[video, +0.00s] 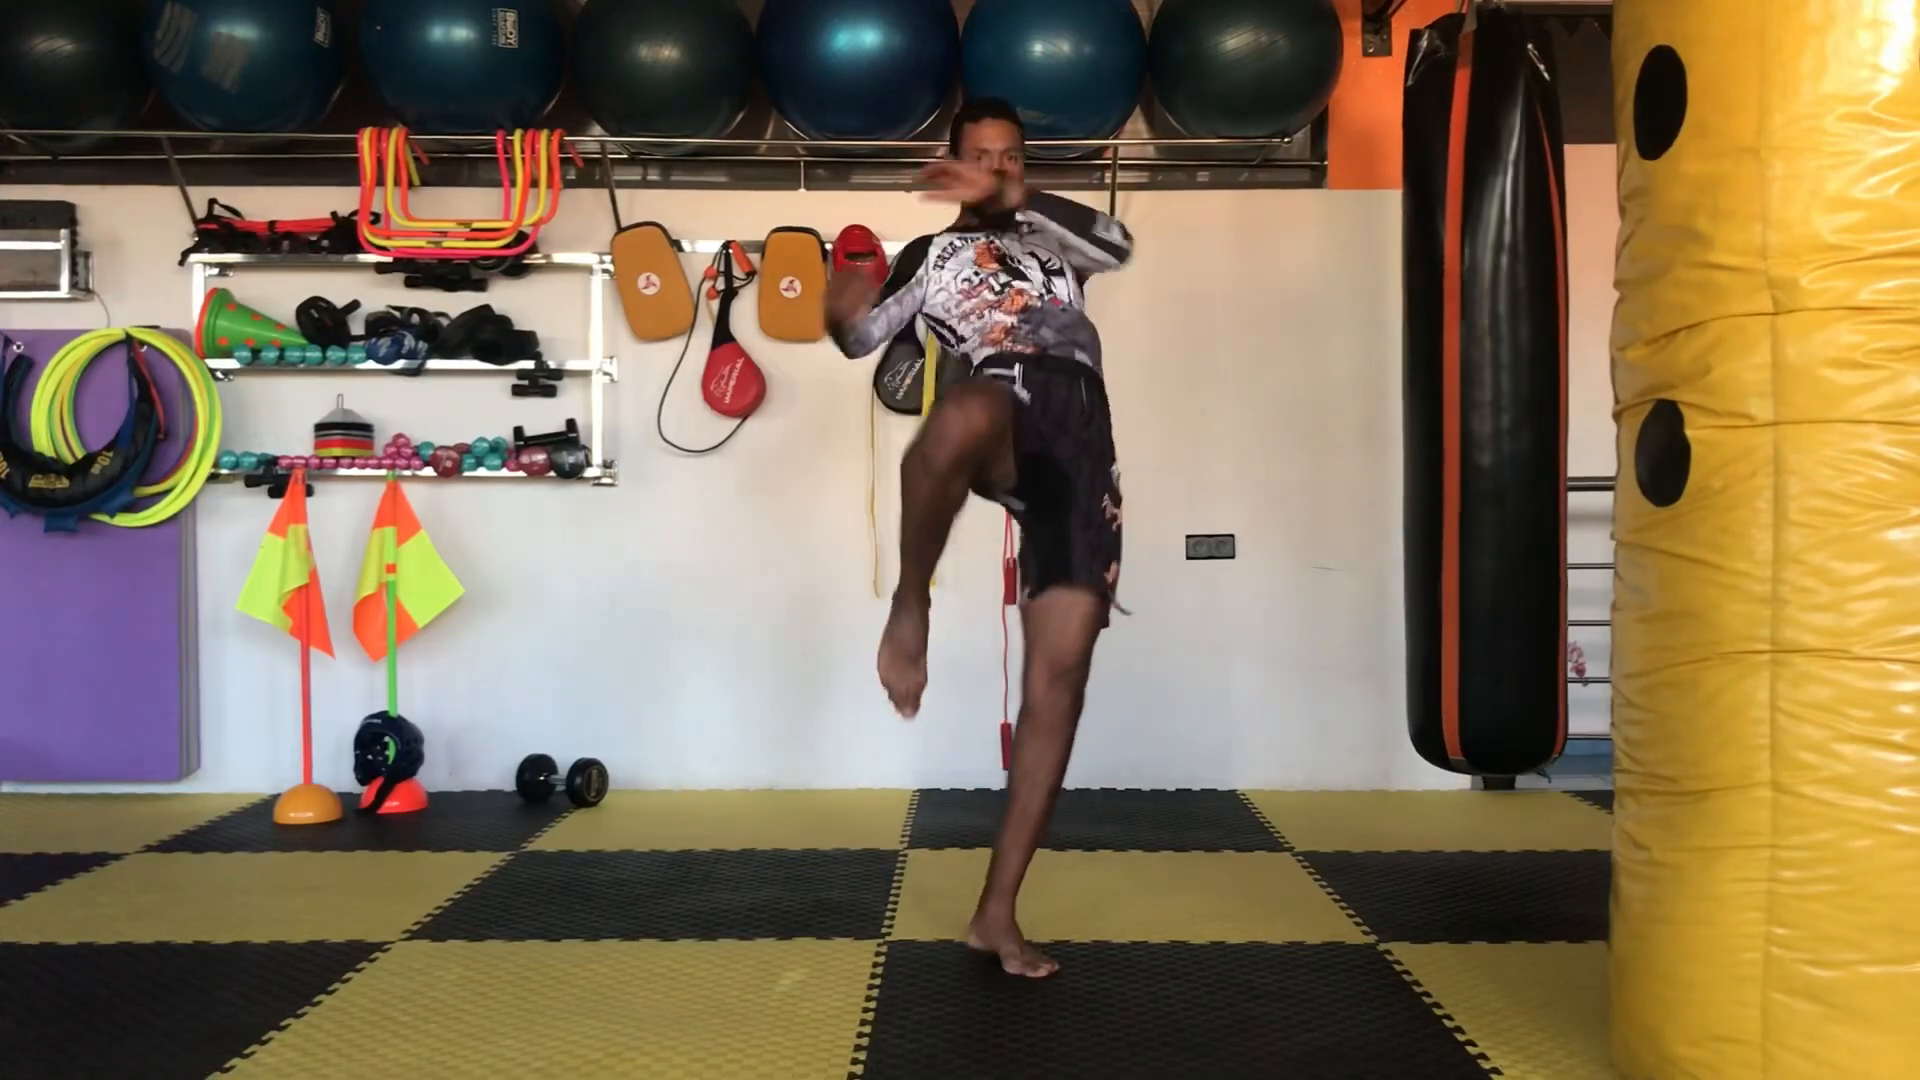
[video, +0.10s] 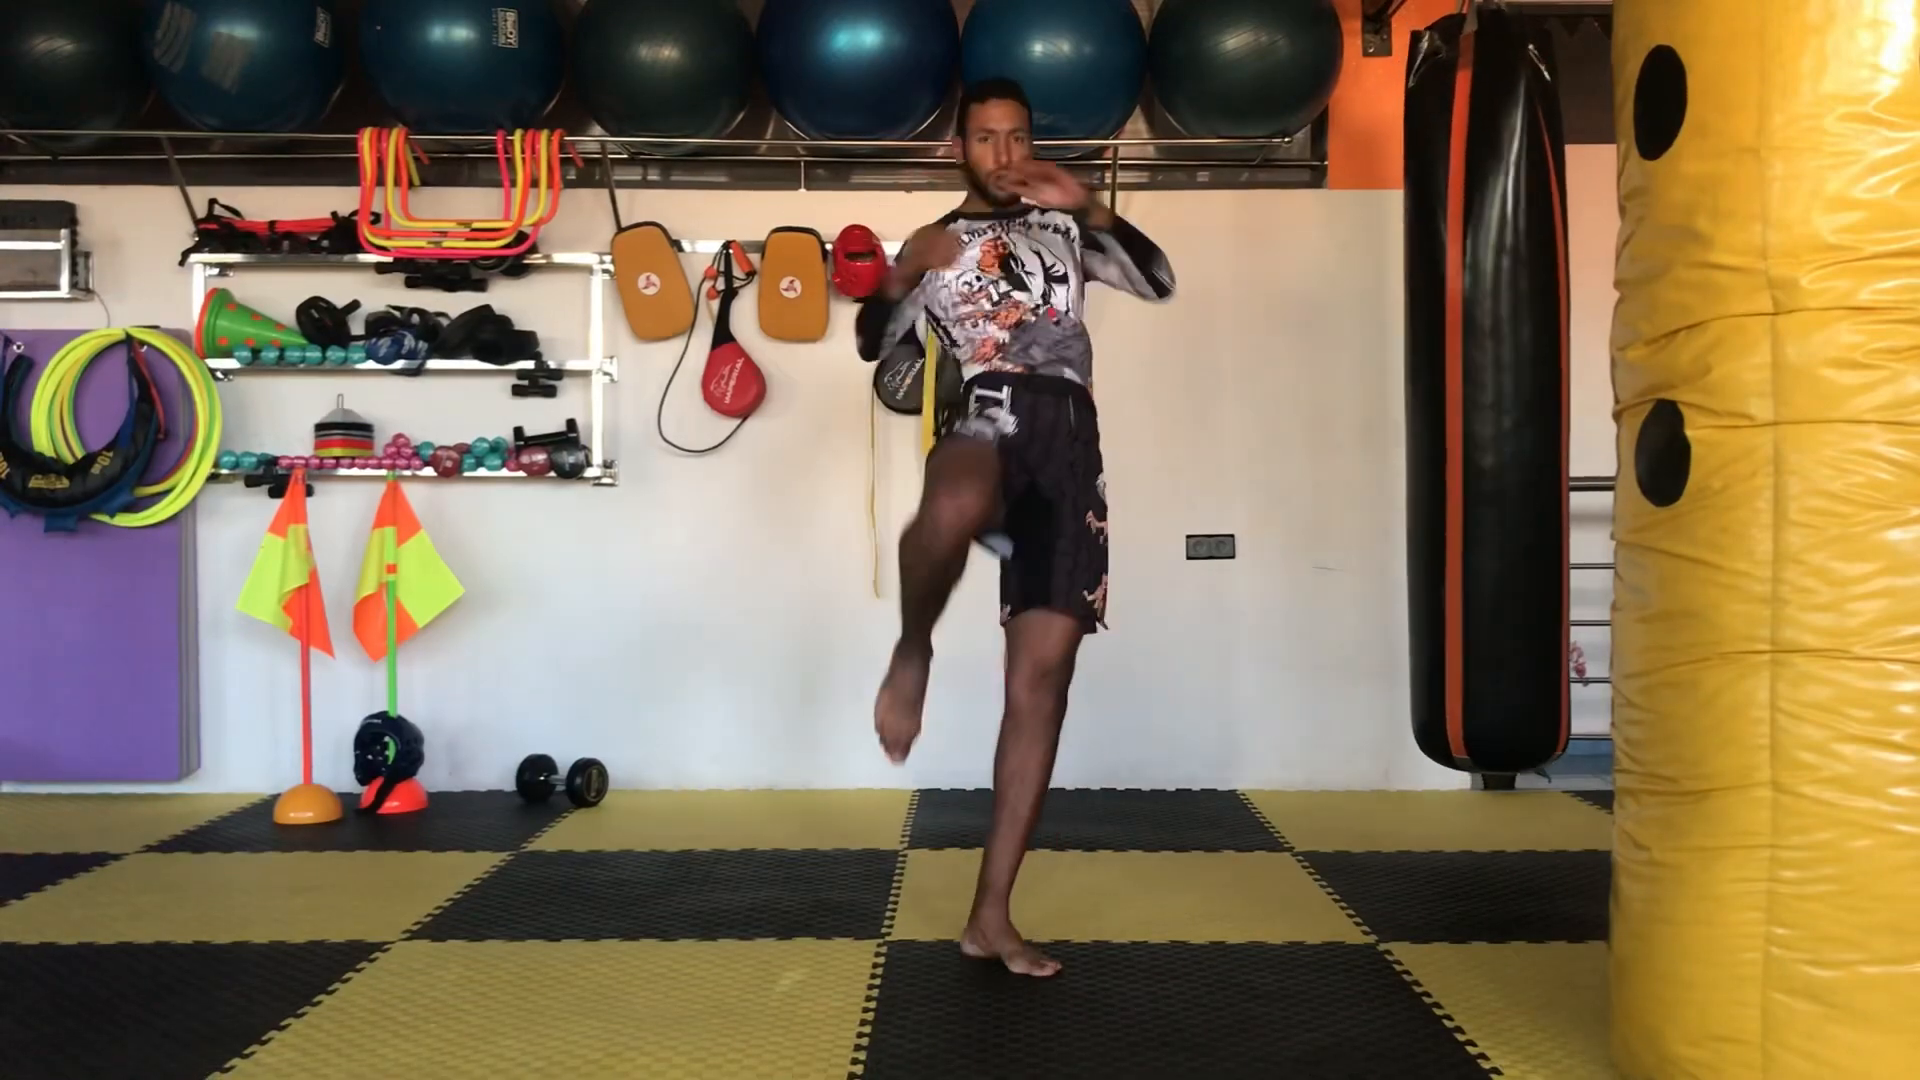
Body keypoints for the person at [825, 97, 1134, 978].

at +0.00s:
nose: (995, 171)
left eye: (1008, 158)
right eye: (978, 157)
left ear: (1026, 165)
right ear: (953, 169)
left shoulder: (1057, 234)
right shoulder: (934, 256)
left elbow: (1115, 246)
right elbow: (860, 340)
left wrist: (1010, 194)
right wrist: (845, 305)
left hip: (1079, 435)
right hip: (996, 417)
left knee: (1059, 686)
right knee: (960, 415)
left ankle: (998, 908)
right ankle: (911, 604)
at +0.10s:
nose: (1003, 152)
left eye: (1015, 136)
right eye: (985, 136)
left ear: (1033, 145)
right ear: (959, 147)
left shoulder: (1068, 231)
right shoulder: (933, 247)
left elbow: (1157, 280)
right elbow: (893, 374)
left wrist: (1088, 205)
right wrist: (880, 298)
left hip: (1066, 445)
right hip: (978, 429)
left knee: (1040, 685)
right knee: (951, 513)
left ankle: (992, 914)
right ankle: (913, 654)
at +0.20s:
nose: (1010, 144)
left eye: (1023, 129)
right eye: (994, 128)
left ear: (1041, 141)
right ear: (965, 141)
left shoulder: (1074, 230)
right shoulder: (931, 241)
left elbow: (1174, 321)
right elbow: (890, 361)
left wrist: (1156, 257)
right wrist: (940, 272)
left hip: (1060, 450)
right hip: (970, 441)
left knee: (1034, 686)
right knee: (924, 618)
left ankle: (992, 915)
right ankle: (928, 714)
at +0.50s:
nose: (1004, 185)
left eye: (1020, 171)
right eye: (991, 170)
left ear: (1039, 180)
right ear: (970, 177)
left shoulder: (1079, 273)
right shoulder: (939, 269)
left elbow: (1104, 410)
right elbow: (893, 380)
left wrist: (1112, 373)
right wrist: (951, 272)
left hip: (1056, 490)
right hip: (968, 491)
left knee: (1044, 695)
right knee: (959, 701)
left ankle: (1001, 909)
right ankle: (1018, 810)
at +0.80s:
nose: (1006, 173)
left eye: (1020, 160)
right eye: (994, 158)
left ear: (1042, 164)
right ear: (975, 160)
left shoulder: (1075, 236)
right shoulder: (952, 248)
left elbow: (1142, 343)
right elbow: (892, 336)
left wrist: (1103, 259)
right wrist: (938, 248)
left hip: (1062, 453)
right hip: (980, 455)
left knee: (1067, 645)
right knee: (980, 655)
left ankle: (1080, 843)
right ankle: (1019, 815)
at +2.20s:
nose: (991, 244)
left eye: (1005, 231)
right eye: (977, 230)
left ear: (1026, 238)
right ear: (960, 239)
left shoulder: (1054, 299)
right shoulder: (936, 306)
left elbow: (1083, 254)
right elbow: (883, 428)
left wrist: (996, 176)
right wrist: (896, 386)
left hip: (1042, 501)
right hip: (959, 504)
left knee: (1046, 672)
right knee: (934, 668)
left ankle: (1038, 817)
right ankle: (929, 864)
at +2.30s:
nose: (975, 259)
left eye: (988, 244)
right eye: (963, 244)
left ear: (1014, 251)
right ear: (946, 251)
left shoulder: (1042, 316)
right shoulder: (920, 323)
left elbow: (1043, 243)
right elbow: (858, 388)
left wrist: (950, 156)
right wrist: (885, 292)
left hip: (1032, 521)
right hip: (947, 524)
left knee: (1043, 692)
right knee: (923, 679)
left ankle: (1040, 802)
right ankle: (938, 901)